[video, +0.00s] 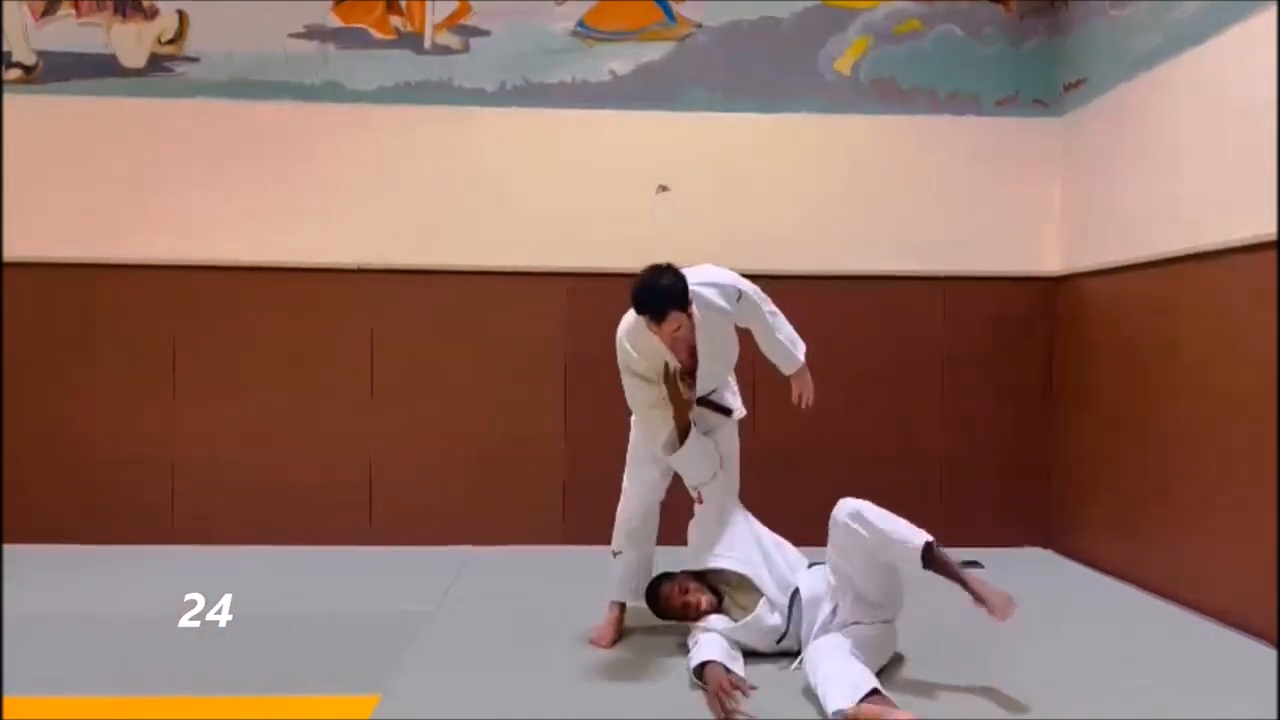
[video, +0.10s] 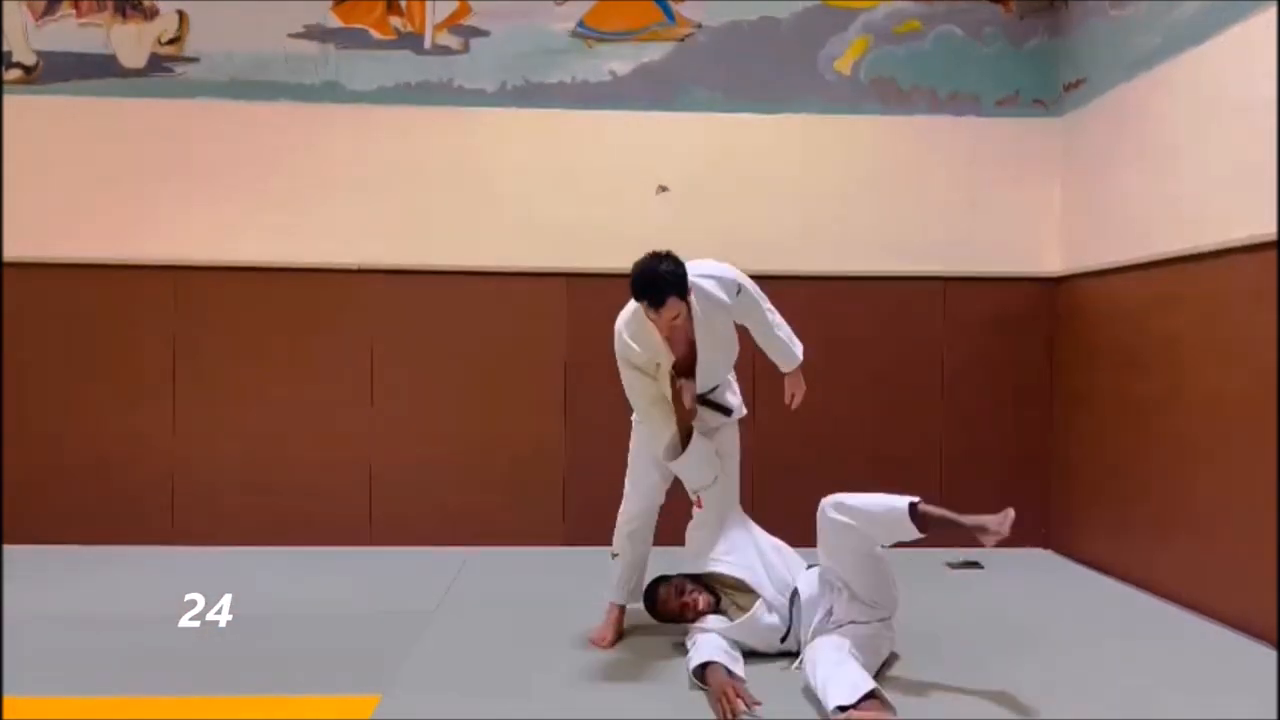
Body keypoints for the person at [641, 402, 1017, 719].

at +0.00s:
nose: (689, 602)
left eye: (682, 592)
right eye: (681, 609)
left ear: (689, 573)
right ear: (684, 617)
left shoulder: (725, 542)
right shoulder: (718, 626)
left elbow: (713, 475)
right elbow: (707, 644)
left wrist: (687, 414)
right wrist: (711, 670)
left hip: (857, 585)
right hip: (845, 638)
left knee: (849, 512)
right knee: (820, 658)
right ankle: (878, 708)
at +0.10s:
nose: (688, 601)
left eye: (682, 591)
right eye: (679, 609)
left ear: (690, 576)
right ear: (683, 618)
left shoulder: (730, 550)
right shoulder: (713, 627)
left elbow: (714, 480)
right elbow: (706, 647)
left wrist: (686, 426)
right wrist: (715, 675)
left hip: (852, 585)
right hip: (842, 639)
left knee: (834, 510)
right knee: (819, 658)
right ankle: (870, 709)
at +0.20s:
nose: (686, 602)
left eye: (680, 592)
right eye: (677, 610)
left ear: (688, 577)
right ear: (681, 621)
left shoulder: (727, 543)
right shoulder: (710, 628)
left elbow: (712, 480)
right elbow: (704, 651)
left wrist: (683, 430)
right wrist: (717, 673)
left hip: (847, 585)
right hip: (839, 636)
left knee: (825, 507)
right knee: (819, 657)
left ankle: (957, 495)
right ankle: (868, 710)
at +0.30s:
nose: (679, 599)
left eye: (673, 590)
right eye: (672, 609)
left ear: (683, 575)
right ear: (678, 621)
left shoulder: (720, 542)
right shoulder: (709, 627)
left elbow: (708, 475)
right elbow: (707, 653)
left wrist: (686, 423)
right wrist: (727, 675)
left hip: (848, 582)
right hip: (840, 635)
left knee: (813, 505)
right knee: (818, 658)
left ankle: (929, 471)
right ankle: (867, 707)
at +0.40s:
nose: (679, 598)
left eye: (671, 589)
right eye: (671, 608)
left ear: (679, 576)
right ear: (678, 621)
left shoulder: (720, 546)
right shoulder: (705, 632)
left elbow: (704, 485)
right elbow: (715, 660)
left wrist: (680, 427)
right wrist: (751, 664)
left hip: (845, 581)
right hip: (841, 634)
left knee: (804, 504)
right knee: (819, 655)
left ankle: (908, 451)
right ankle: (864, 704)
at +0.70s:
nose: (674, 600)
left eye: (668, 592)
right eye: (668, 610)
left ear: (676, 582)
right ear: (677, 624)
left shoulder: (713, 552)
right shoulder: (703, 634)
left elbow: (698, 496)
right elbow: (733, 657)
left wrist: (666, 438)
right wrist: (778, 619)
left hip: (845, 580)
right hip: (836, 632)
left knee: (803, 500)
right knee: (822, 661)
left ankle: (891, 431)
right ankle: (863, 704)